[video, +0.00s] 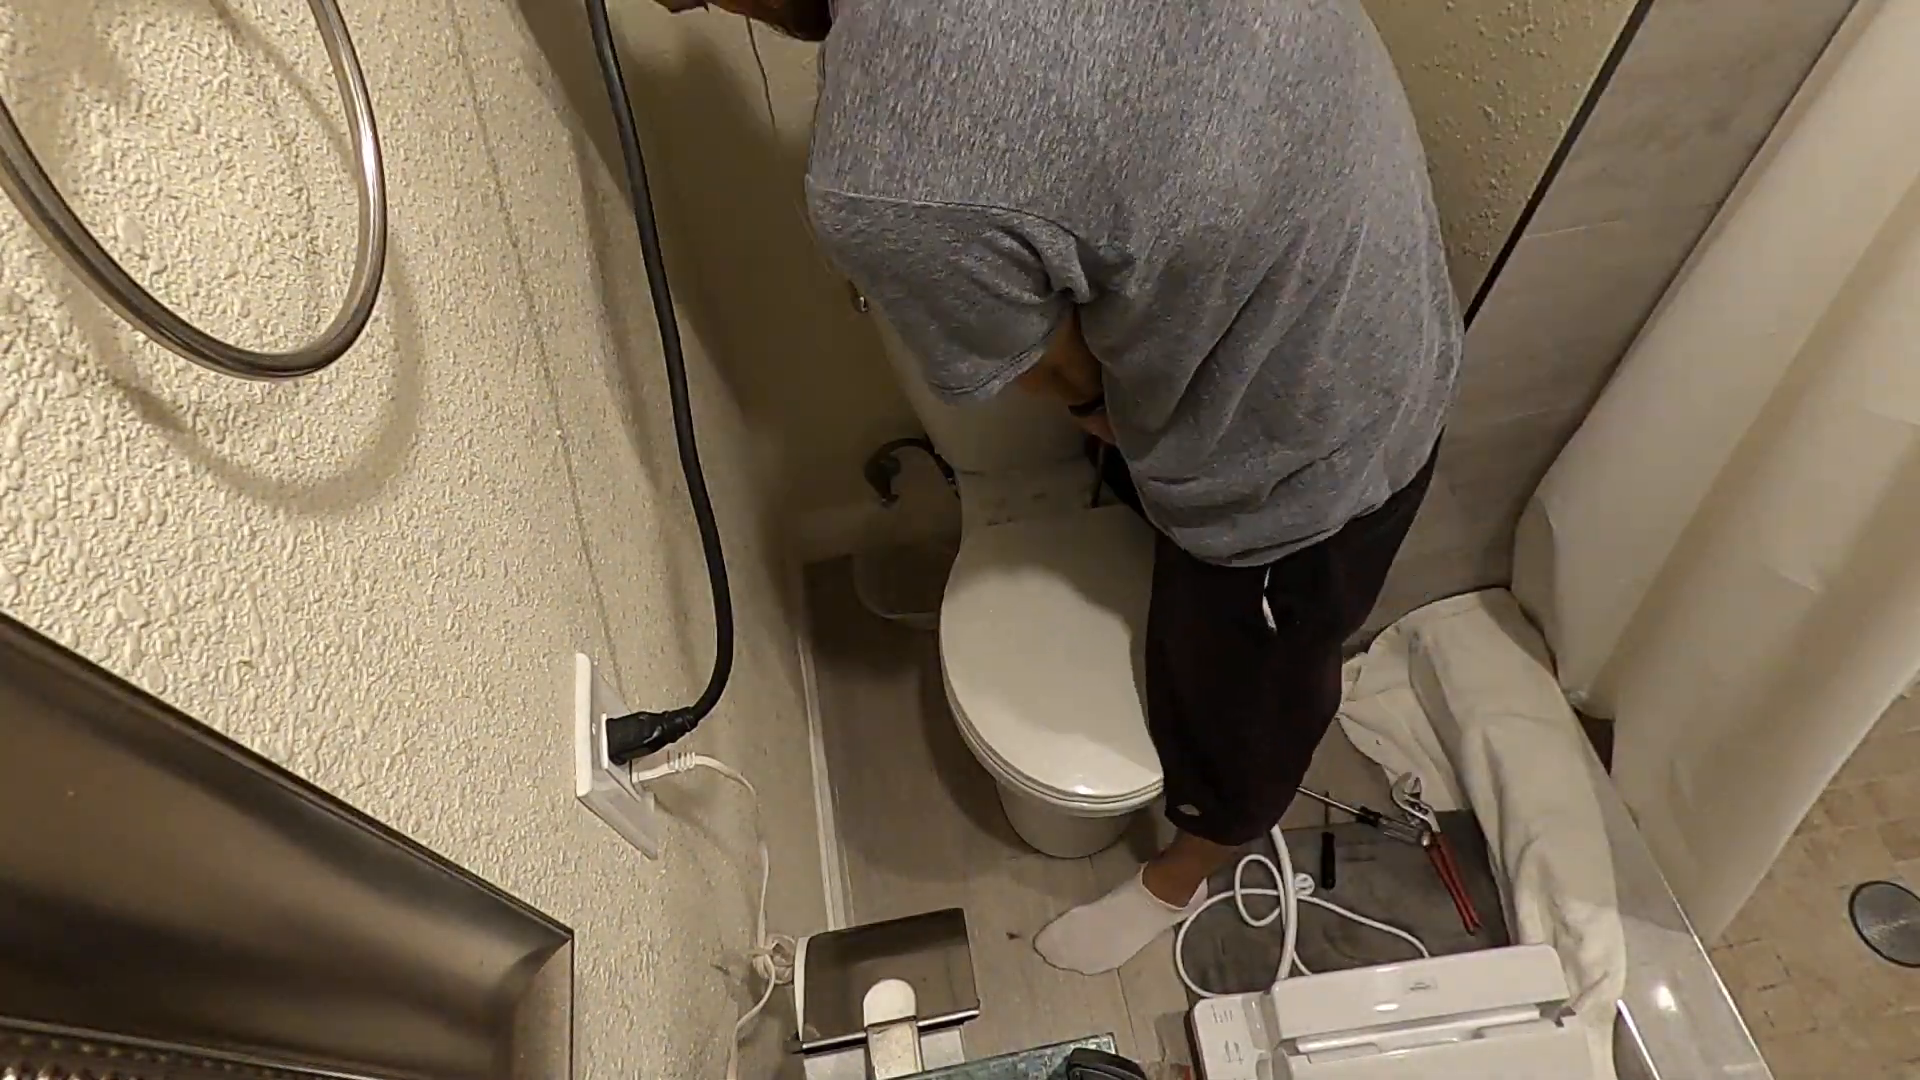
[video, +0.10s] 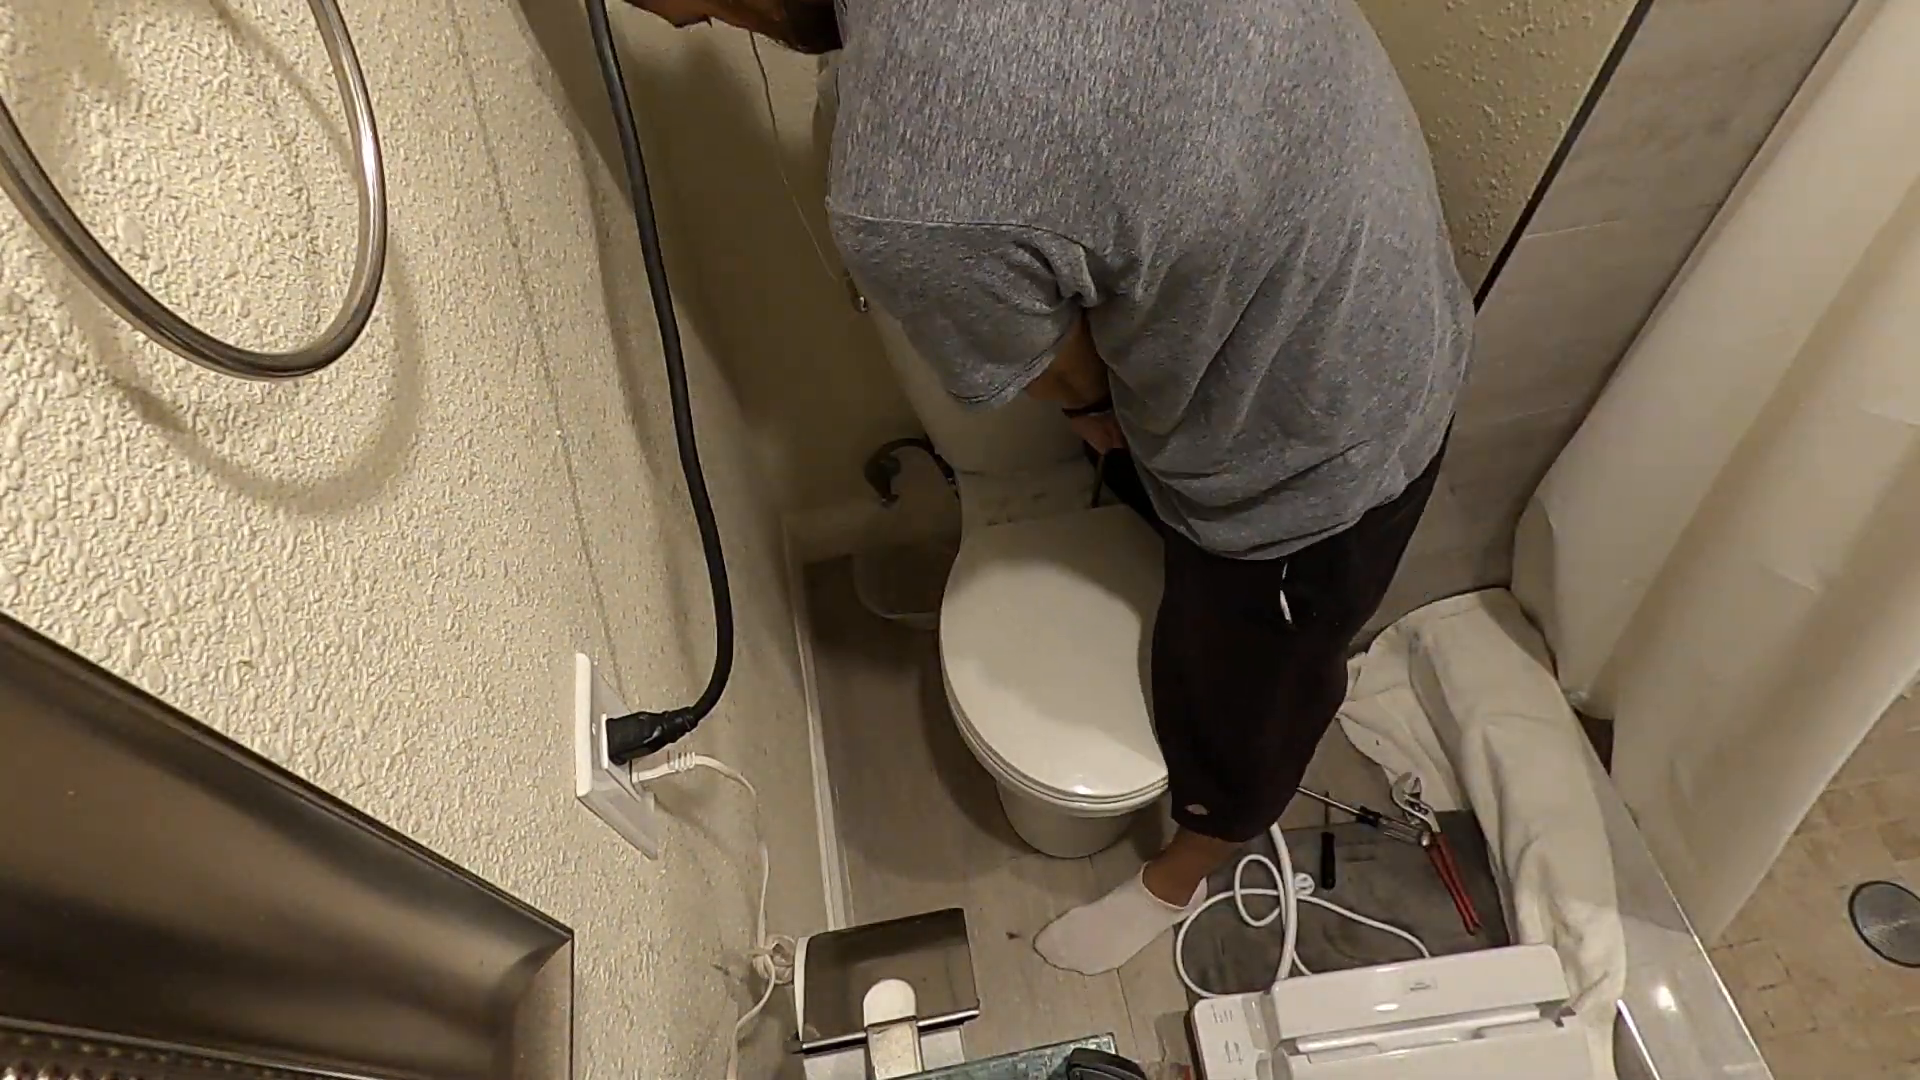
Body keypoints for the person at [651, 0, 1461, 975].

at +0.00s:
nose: (727, 18)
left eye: (710, 2)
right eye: (707, 6)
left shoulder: (893, 174)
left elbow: (1056, 362)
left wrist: (1096, 408)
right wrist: (1102, 390)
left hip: (1306, 414)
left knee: (1238, 678)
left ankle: (1181, 878)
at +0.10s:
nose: (712, 28)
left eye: (690, 14)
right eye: (688, 20)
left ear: (721, 0)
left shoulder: (908, 195)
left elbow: (1064, 362)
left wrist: (1093, 414)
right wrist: (1097, 394)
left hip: (1319, 412)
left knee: (1235, 688)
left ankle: (1178, 878)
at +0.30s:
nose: (881, 220)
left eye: (856, 204)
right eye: (861, 208)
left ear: (860, 180)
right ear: (921, 25)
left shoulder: (1035, 359)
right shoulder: (1048, 9)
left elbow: (1204, 510)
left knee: (1220, 755)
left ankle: (1174, 913)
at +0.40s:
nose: (867, 216)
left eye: (839, 194)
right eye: (841, 199)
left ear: (851, 157)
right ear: (916, 12)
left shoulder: (1062, 349)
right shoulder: (1064, 2)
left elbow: (1181, 513)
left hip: (1473, 489)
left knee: (1260, 730)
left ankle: (1174, 912)